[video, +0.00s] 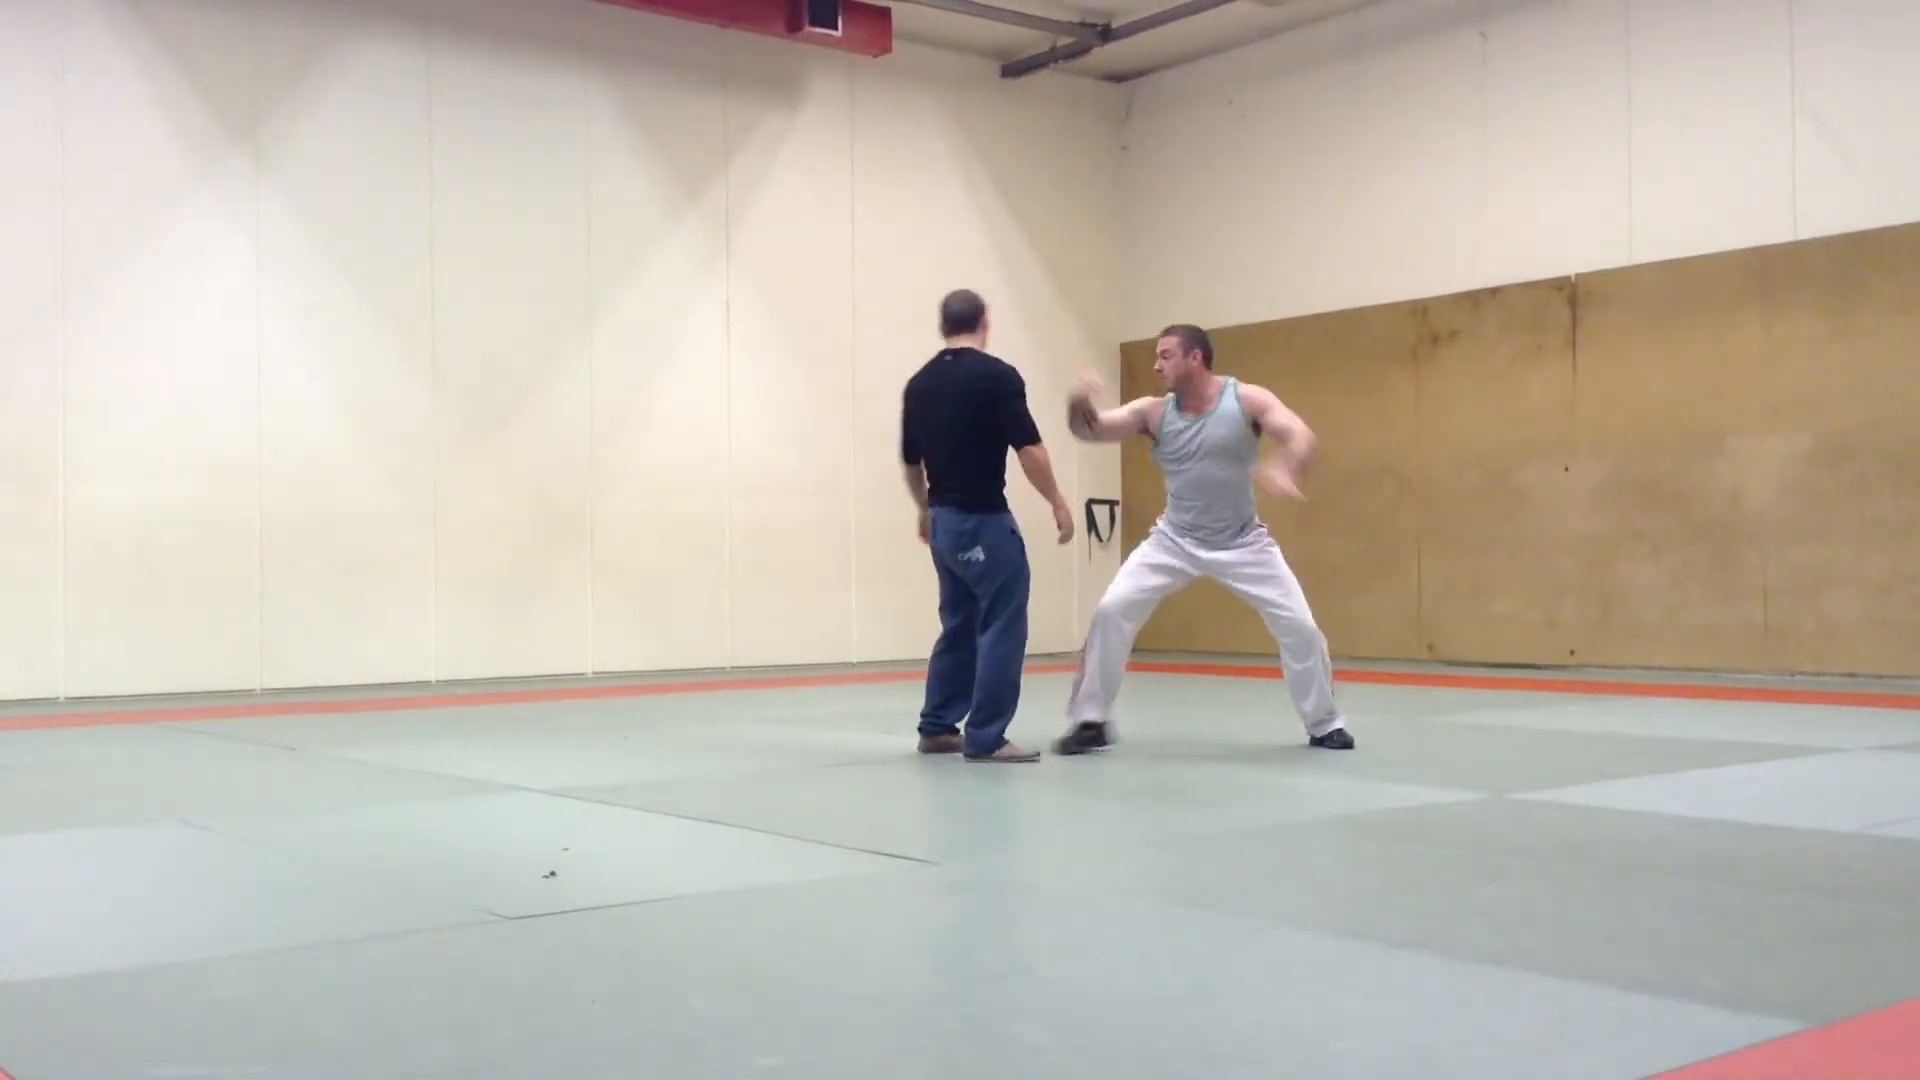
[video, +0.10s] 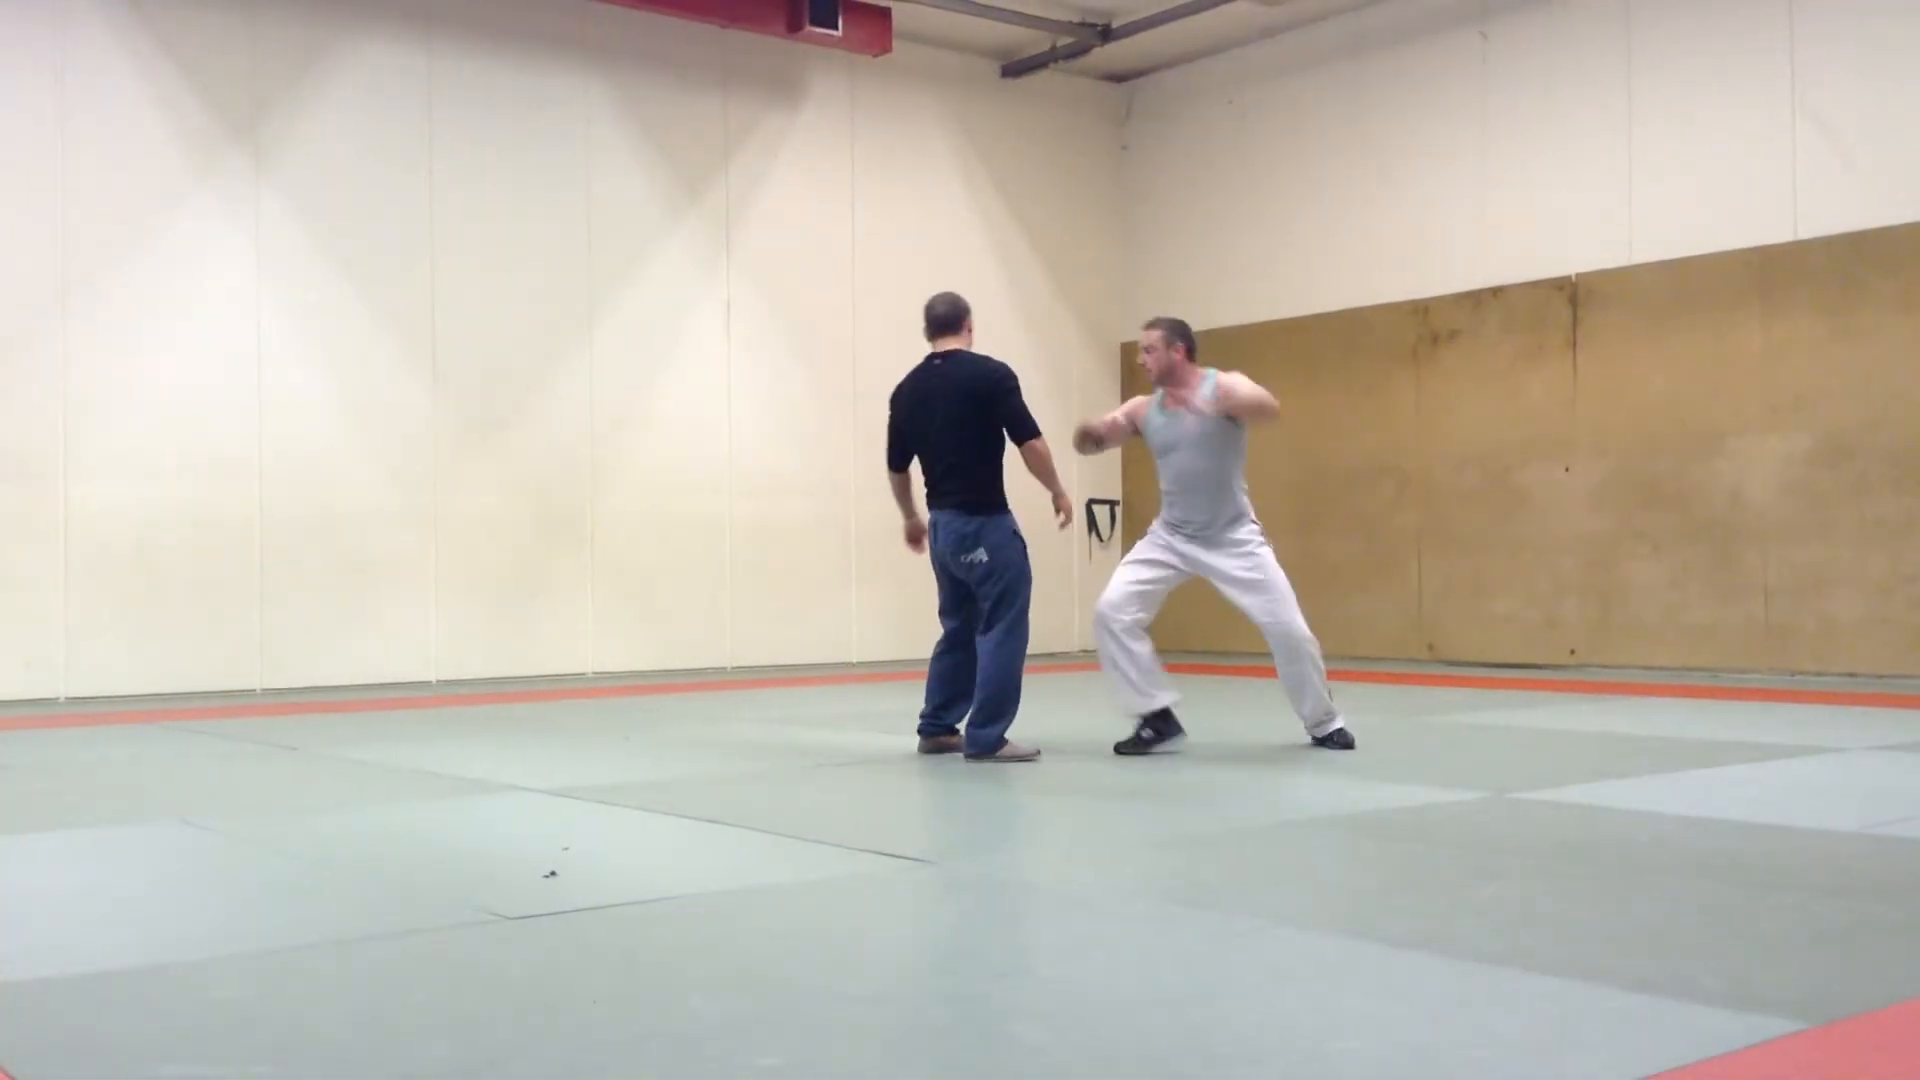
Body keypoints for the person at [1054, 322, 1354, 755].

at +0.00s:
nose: (1157, 365)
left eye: (1165, 356)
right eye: (1156, 357)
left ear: (1196, 359)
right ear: (1178, 362)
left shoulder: (1247, 399)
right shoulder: (1153, 411)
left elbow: (1300, 437)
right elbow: (1089, 429)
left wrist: (1284, 469)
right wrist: (1080, 403)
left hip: (1244, 544)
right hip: (1174, 541)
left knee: (1301, 629)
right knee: (1111, 610)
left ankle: (1324, 724)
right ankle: (1091, 722)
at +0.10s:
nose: (1142, 359)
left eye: (1150, 350)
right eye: (1141, 351)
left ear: (1180, 351)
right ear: (1150, 356)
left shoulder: (1222, 385)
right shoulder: (1143, 408)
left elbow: (1269, 408)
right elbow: (1088, 443)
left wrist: (1218, 403)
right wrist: (1092, 433)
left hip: (1235, 537)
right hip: (1171, 537)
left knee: (1291, 630)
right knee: (1113, 612)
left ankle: (1324, 724)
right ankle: (1159, 718)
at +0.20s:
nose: (1121, 354)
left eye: (1129, 344)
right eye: (1120, 345)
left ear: (1158, 344)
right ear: (1132, 349)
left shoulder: (1191, 386)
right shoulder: (1125, 406)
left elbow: (1210, 372)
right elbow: (1089, 457)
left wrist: (1130, 363)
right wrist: (1088, 447)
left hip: (1214, 527)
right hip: (1158, 531)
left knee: (1262, 623)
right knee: (1119, 623)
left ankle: (1326, 708)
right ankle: (1164, 726)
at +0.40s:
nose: (1086, 346)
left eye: (1093, 338)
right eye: (1085, 339)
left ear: (1119, 339)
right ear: (1098, 344)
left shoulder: (1155, 367)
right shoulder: (1113, 408)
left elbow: (1090, 344)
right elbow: (1113, 472)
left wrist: (1025, 348)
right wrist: (1076, 450)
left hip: (1177, 505)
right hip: (1140, 516)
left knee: (1128, 572)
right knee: (1111, 625)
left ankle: (1196, 643)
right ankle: (1160, 725)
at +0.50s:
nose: (1067, 346)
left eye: (1074, 339)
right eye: (1068, 340)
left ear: (1100, 338)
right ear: (1090, 340)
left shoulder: (1130, 366)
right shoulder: (1109, 398)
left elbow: (1062, 342)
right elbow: (1100, 477)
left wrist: (994, 361)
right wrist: (1054, 443)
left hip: (1157, 506)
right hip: (1138, 511)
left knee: (1090, 569)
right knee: (1112, 623)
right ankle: (1160, 725)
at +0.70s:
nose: (1030, 336)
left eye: (1037, 328)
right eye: (1030, 328)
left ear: (1063, 323)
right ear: (1045, 326)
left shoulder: (1091, 344)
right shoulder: (1062, 384)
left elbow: (1022, 338)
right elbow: (1004, 396)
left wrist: (979, 377)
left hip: (1114, 504)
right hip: (1090, 510)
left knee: (1058, 602)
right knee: (1092, 627)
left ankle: (1011, 717)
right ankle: (1153, 710)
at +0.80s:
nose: (1012, 348)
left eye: (1017, 338)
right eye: (1008, 341)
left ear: (1043, 327)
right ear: (1008, 335)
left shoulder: (1072, 343)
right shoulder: (1030, 370)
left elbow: (1029, 366)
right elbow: (984, 380)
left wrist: (974, 392)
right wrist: (916, 370)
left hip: (1094, 511)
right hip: (1046, 512)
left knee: (1062, 618)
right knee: (1000, 588)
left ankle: (1031, 737)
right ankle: (1092, 626)